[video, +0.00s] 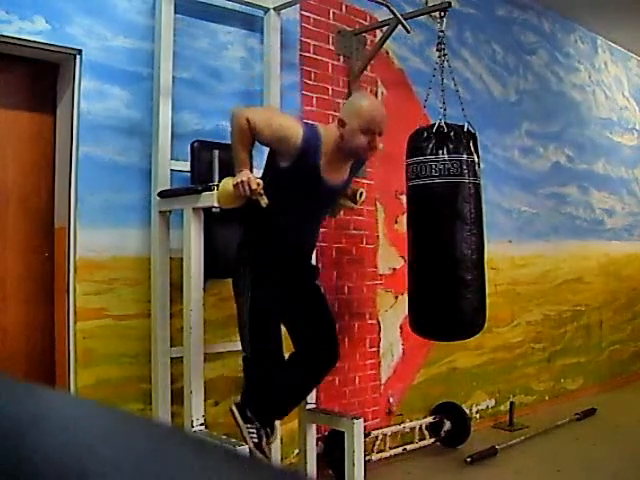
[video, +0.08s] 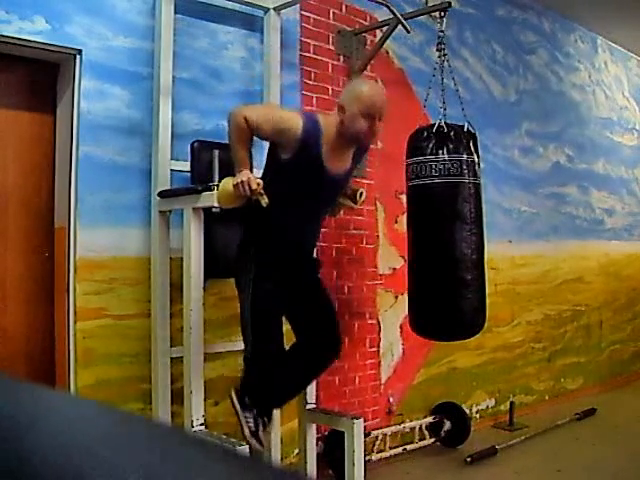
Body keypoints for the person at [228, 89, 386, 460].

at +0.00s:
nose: (375, 144)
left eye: (380, 135)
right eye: (368, 134)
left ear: (382, 134)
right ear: (342, 125)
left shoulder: (354, 160)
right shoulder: (300, 140)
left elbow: (312, 187)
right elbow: (244, 118)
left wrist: (340, 195)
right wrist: (243, 170)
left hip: (297, 266)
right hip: (258, 263)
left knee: (322, 350)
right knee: (264, 359)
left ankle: (254, 411)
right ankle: (261, 426)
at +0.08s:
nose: (375, 130)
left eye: (379, 120)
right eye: (368, 119)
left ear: (381, 118)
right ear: (341, 111)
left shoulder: (357, 150)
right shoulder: (301, 130)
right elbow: (240, 118)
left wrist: (341, 192)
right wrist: (243, 170)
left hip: (299, 257)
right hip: (261, 254)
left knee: (324, 342)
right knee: (265, 351)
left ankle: (253, 398)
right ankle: (262, 459)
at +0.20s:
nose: (369, 75)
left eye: (372, 66)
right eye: (362, 65)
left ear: (372, 66)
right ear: (337, 60)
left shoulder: (356, 105)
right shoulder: (292, 96)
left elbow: (316, 155)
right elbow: (236, 116)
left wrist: (337, 185)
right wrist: (243, 170)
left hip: (305, 228)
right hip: (267, 224)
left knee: (323, 318)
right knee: (262, 321)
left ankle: (249, 361)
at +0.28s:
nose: (367, 52)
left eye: (371, 43)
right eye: (361, 41)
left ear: (369, 45)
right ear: (335, 37)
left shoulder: (354, 83)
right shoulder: (289, 78)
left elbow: (334, 140)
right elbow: (237, 114)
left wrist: (339, 181)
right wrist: (243, 169)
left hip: (307, 210)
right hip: (268, 206)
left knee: (321, 300)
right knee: (261, 299)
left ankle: (245, 342)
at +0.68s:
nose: (364, 73)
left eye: (368, 64)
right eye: (357, 62)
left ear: (369, 63)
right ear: (332, 55)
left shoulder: (351, 102)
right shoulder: (288, 87)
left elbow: (334, 144)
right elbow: (236, 118)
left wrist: (340, 181)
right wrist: (243, 170)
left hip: (302, 222)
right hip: (262, 216)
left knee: (320, 311)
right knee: (256, 310)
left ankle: (247, 359)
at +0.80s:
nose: (366, 116)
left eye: (370, 108)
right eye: (360, 105)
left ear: (371, 108)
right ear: (335, 97)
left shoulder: (351, 143)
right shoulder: (292, 120)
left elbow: (319, 172)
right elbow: (235, 119)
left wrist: (341, 188)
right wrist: (243, 170)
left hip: (298, 251)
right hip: (258, 244)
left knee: (322, 337)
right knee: (260, 338)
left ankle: (261, 401)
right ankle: (262, 409)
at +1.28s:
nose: (364, 65)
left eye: (369, 56)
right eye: (358, 54)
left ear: (369, 57)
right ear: (333, 48)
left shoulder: (357, 94)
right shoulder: (292, 86)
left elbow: (327, 148)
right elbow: (236, 115)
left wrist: (337, 184)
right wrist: (244, 170)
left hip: (309, 221)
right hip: (269, 218)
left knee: (330, 312)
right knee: (267, 319)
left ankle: (257, 361)